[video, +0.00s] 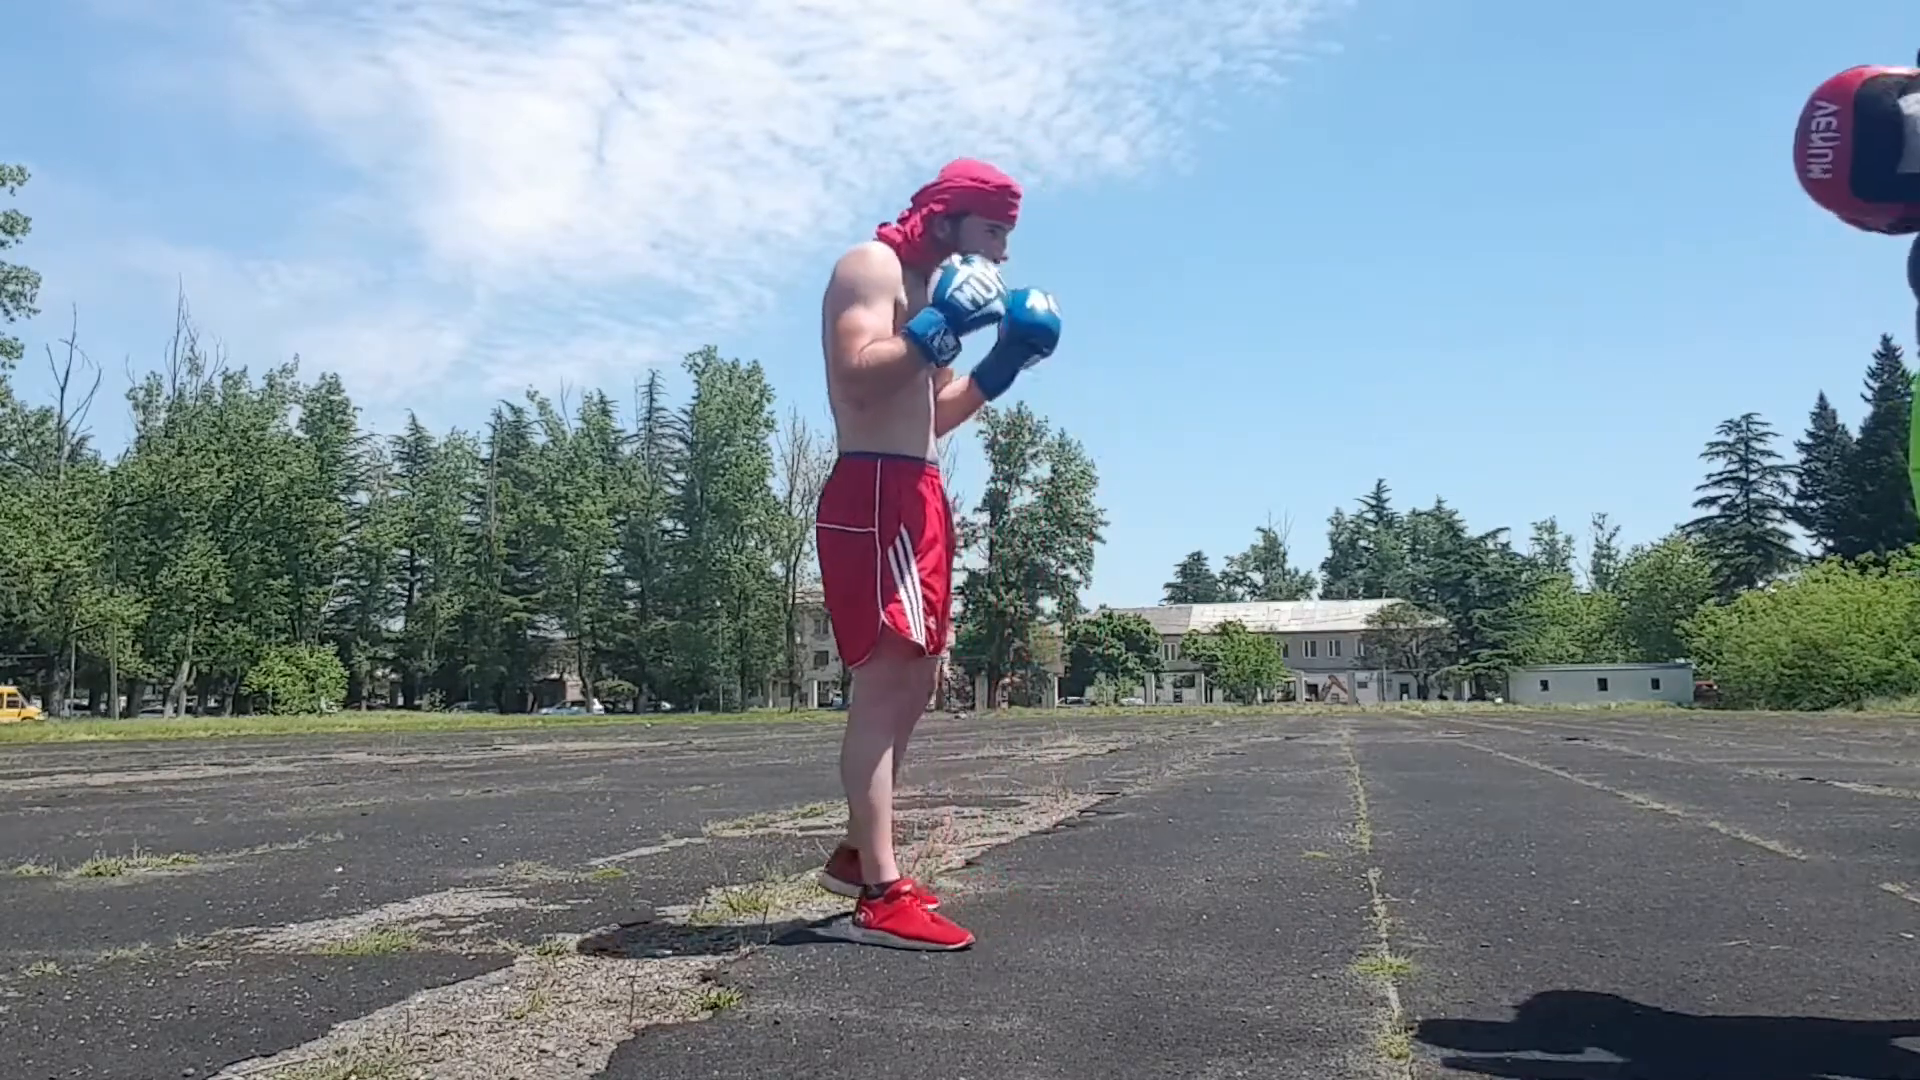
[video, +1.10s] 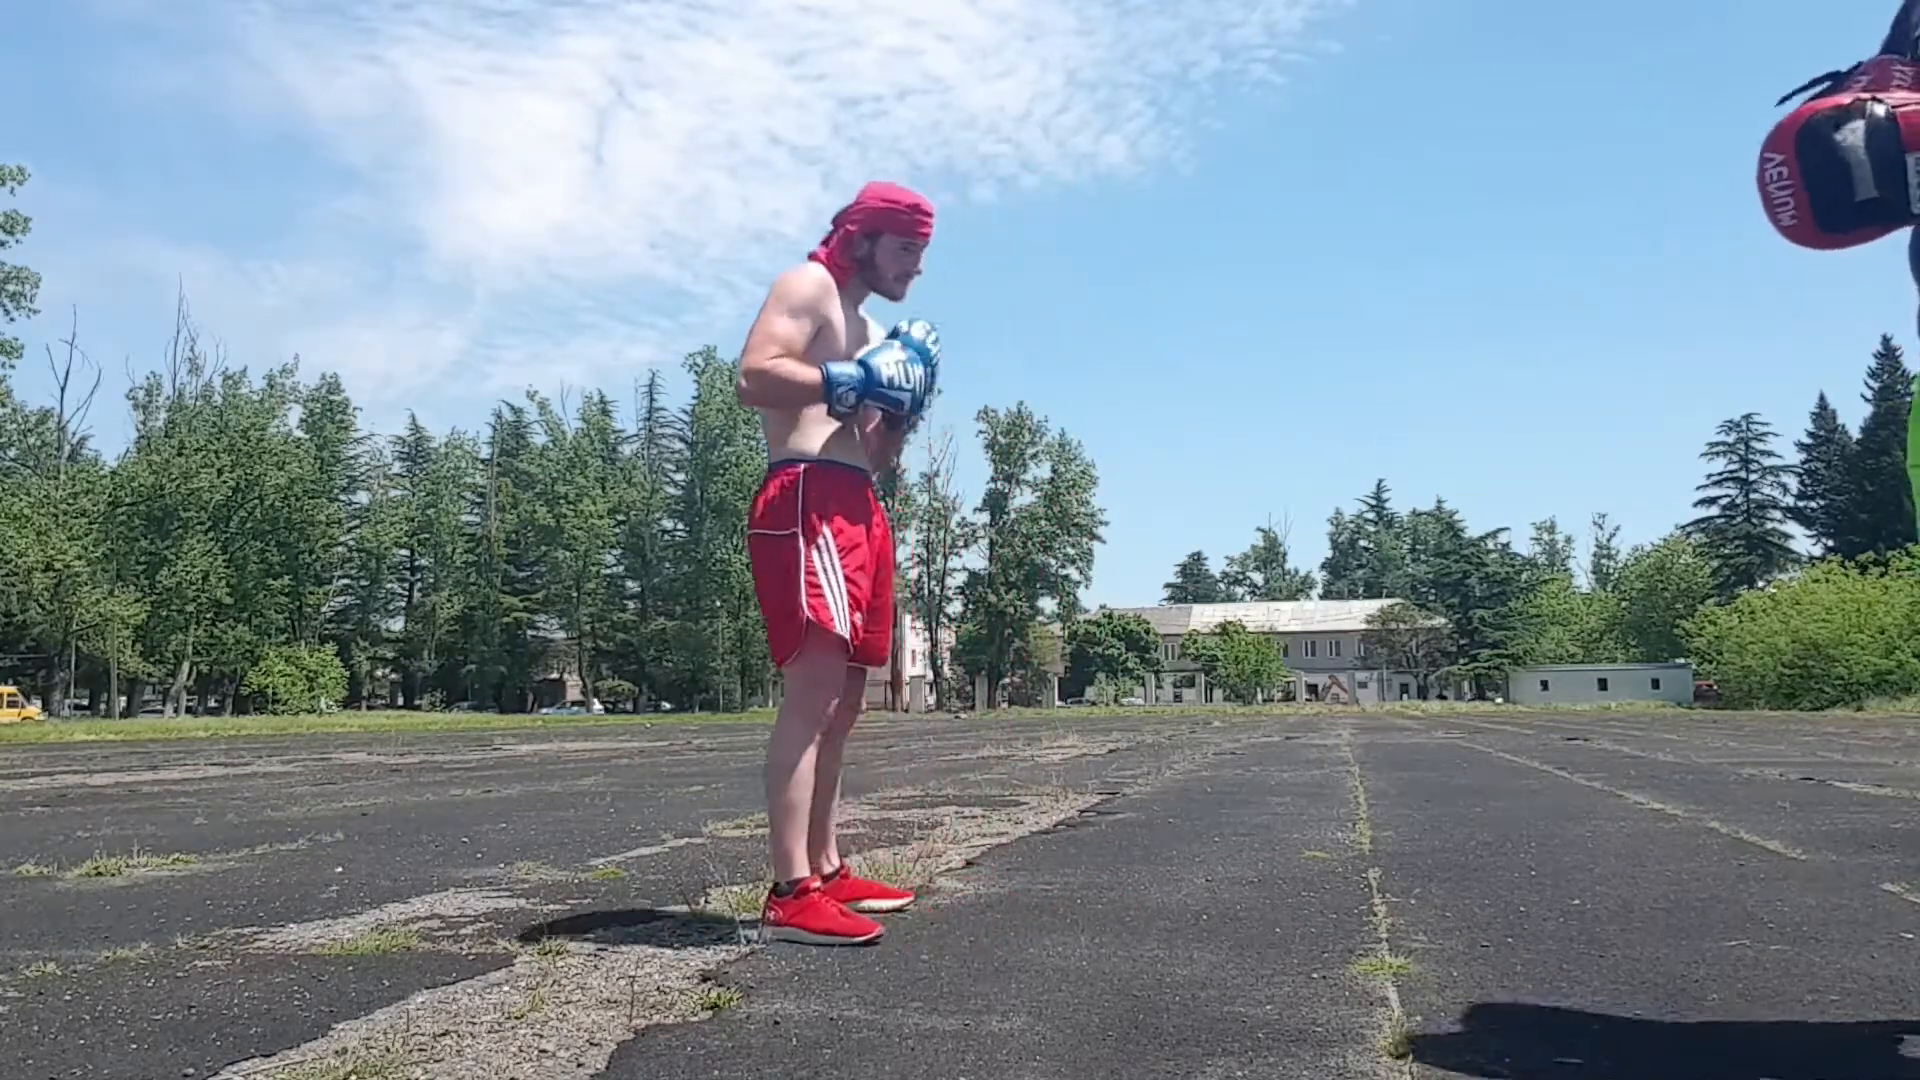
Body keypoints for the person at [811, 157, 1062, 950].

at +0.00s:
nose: (999, 251)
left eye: (1004, 238)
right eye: (992, 233)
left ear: (970, 233)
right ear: (945, 218)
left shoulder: (932, 294)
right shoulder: (872, 264)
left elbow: (936, 417)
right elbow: (855, 376)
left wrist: (1006, 362)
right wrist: (938, 327)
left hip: (920, 495)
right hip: (878, 493)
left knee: (915, 683)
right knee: (886, 682)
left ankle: (860, 849)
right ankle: (882, 886)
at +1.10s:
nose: (916, 265)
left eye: (921, 252)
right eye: (907, 250)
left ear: (894, 255)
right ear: (862, 241)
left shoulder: (867, 326)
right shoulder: (809, 284)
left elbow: (873, 456)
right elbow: (754, 375)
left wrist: (903, 409)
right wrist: (847, 385)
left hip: (857, 505)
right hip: (807, 499)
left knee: (844, 696)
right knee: (813, 691)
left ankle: (822, 870)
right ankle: (789, 887)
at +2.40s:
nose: (927, 266)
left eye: (933, 254)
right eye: (915, 249)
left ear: (923, 263)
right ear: (868, 246)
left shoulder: (885, 337)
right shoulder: (821, 325)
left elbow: (909, 450)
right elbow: (856, 441)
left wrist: (949, 377)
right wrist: (904, 374)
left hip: (863, 520)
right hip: (813, 518)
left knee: (896, 688)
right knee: (842, 698)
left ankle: (812, 835)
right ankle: (839, 886)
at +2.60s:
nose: (948, 278)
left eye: (953, 267)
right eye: (936, 262)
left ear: (939, 273)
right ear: (890, 258)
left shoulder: (904, 334)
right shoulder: (843, 316)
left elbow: (921, 452)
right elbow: (856, 428)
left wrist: (965, 378)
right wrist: (916, 361)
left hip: (878, 524)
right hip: (831, 519)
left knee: (896, 699)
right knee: (865, 694)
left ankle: (859, 852)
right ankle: (838, 888)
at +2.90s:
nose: (958, 297)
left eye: (962, 285)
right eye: (947, 283)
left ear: (954, 290)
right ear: (907, 280)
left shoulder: (934, 347)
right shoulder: (876, 314)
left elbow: (933, 454)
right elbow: (810, 389)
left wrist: (972, 387)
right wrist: (895, 380)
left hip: (900, 525)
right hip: (852, 517)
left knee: (907, 691)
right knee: (887, 680)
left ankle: (855, 857)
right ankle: (860, 870)